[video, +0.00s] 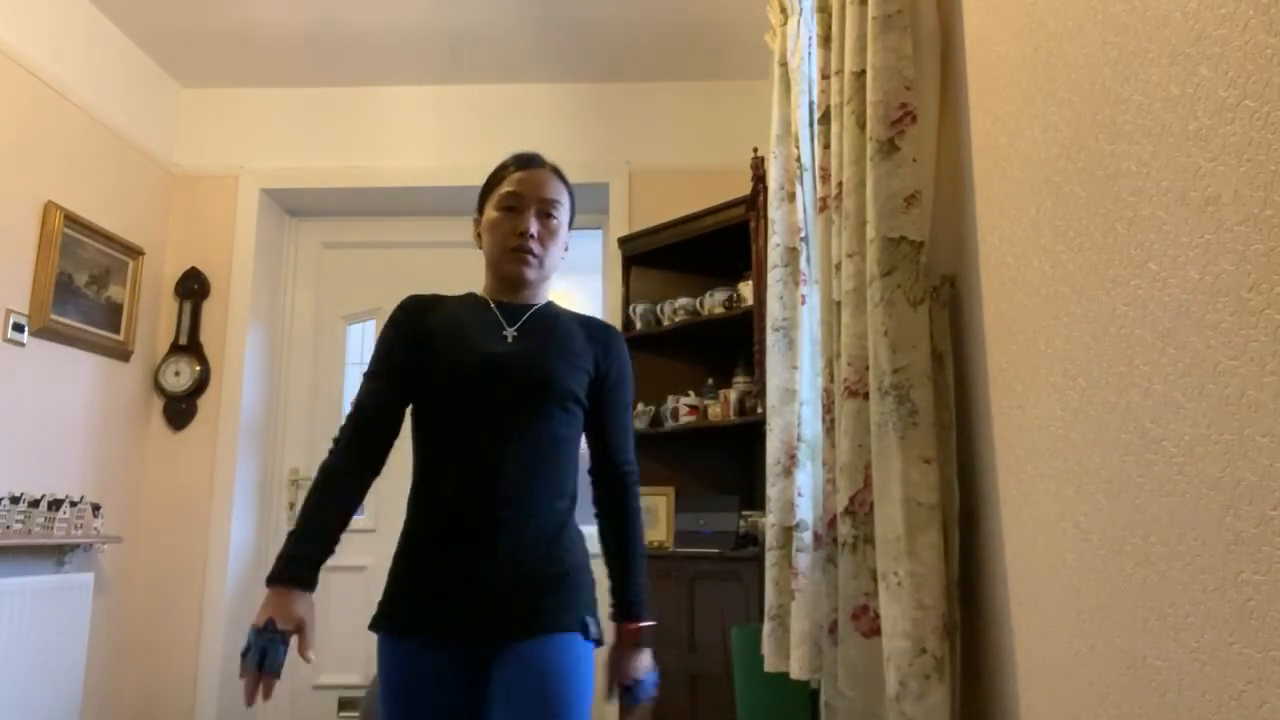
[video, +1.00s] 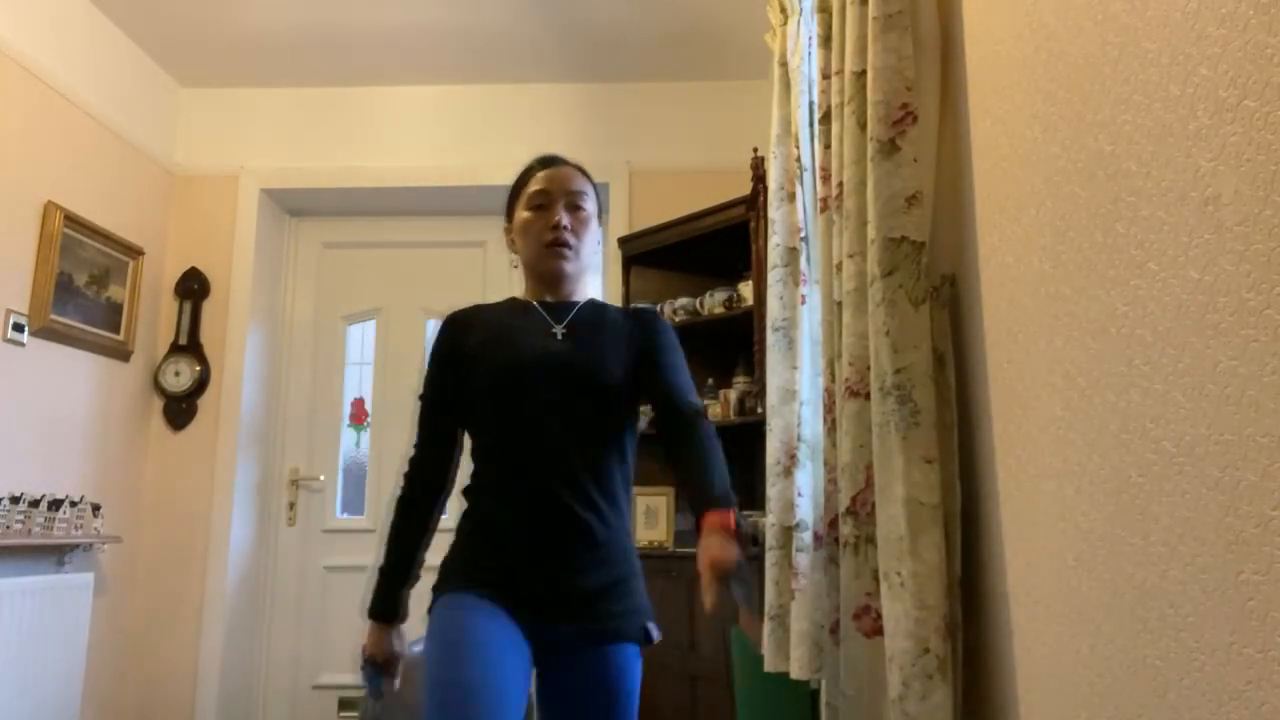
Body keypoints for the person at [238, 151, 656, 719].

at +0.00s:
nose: (529, 225)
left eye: (549, 213)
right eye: (511, 207)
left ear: (565, 241)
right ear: (479, 228)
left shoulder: (597, 345)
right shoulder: (420, 322)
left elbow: (617, 488)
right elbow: (356, 454)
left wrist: (632, 625)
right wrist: (291, 579)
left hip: (546, 620)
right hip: (425, 613)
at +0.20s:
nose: (520, 221)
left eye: (539, 211)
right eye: (502, 204)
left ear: (555, 240)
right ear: (466, 227)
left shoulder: (581, 348)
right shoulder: (419, 308)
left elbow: (570, 476)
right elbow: (378, 345)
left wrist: (552, 556)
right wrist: (358, 385)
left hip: (533, 554)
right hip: (426, 565)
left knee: (504, 592)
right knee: (407, 708)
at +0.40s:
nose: (521, 224)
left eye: (537, 214)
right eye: (500, 209)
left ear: (550, 239)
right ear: (467, 223)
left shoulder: (575, 356)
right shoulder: (412, 325)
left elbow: (566, 498)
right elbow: (395, 340)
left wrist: (531, 639)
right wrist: (419, 295)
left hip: (525, 601)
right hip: (422, 599)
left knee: (528, 526)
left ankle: (494, 434)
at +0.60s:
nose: (523, 212)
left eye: (540, 204)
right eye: (503, 196)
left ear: (554, 233)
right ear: (465, 219)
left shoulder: (579, 343)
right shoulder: (416, 307)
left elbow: (578, 471)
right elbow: (383, 359)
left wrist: (566, 557)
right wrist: (368, 411)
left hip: (537, 548)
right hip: (431, 554)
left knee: (523, 633)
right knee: (414, 708)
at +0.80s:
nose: (535, 218)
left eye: (553, 209)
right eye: (515, 204)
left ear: (569, 237)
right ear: (480, 229)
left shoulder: (606, 341)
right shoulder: (430, 329)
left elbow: (621, 480)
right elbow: (381, 467)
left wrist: (629, 603)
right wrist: (335, 595)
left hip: (568, 620)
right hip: (442, 615)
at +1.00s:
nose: (559, 217)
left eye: (577, 205)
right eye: (539, 204)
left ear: (599, 234)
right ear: (512, 235)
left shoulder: (641, 331)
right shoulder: (468, 332)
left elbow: (687, 423)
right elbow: (429, 477)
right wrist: (385, 612)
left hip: (600, 591)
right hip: (485, 588)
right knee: (468, 707)